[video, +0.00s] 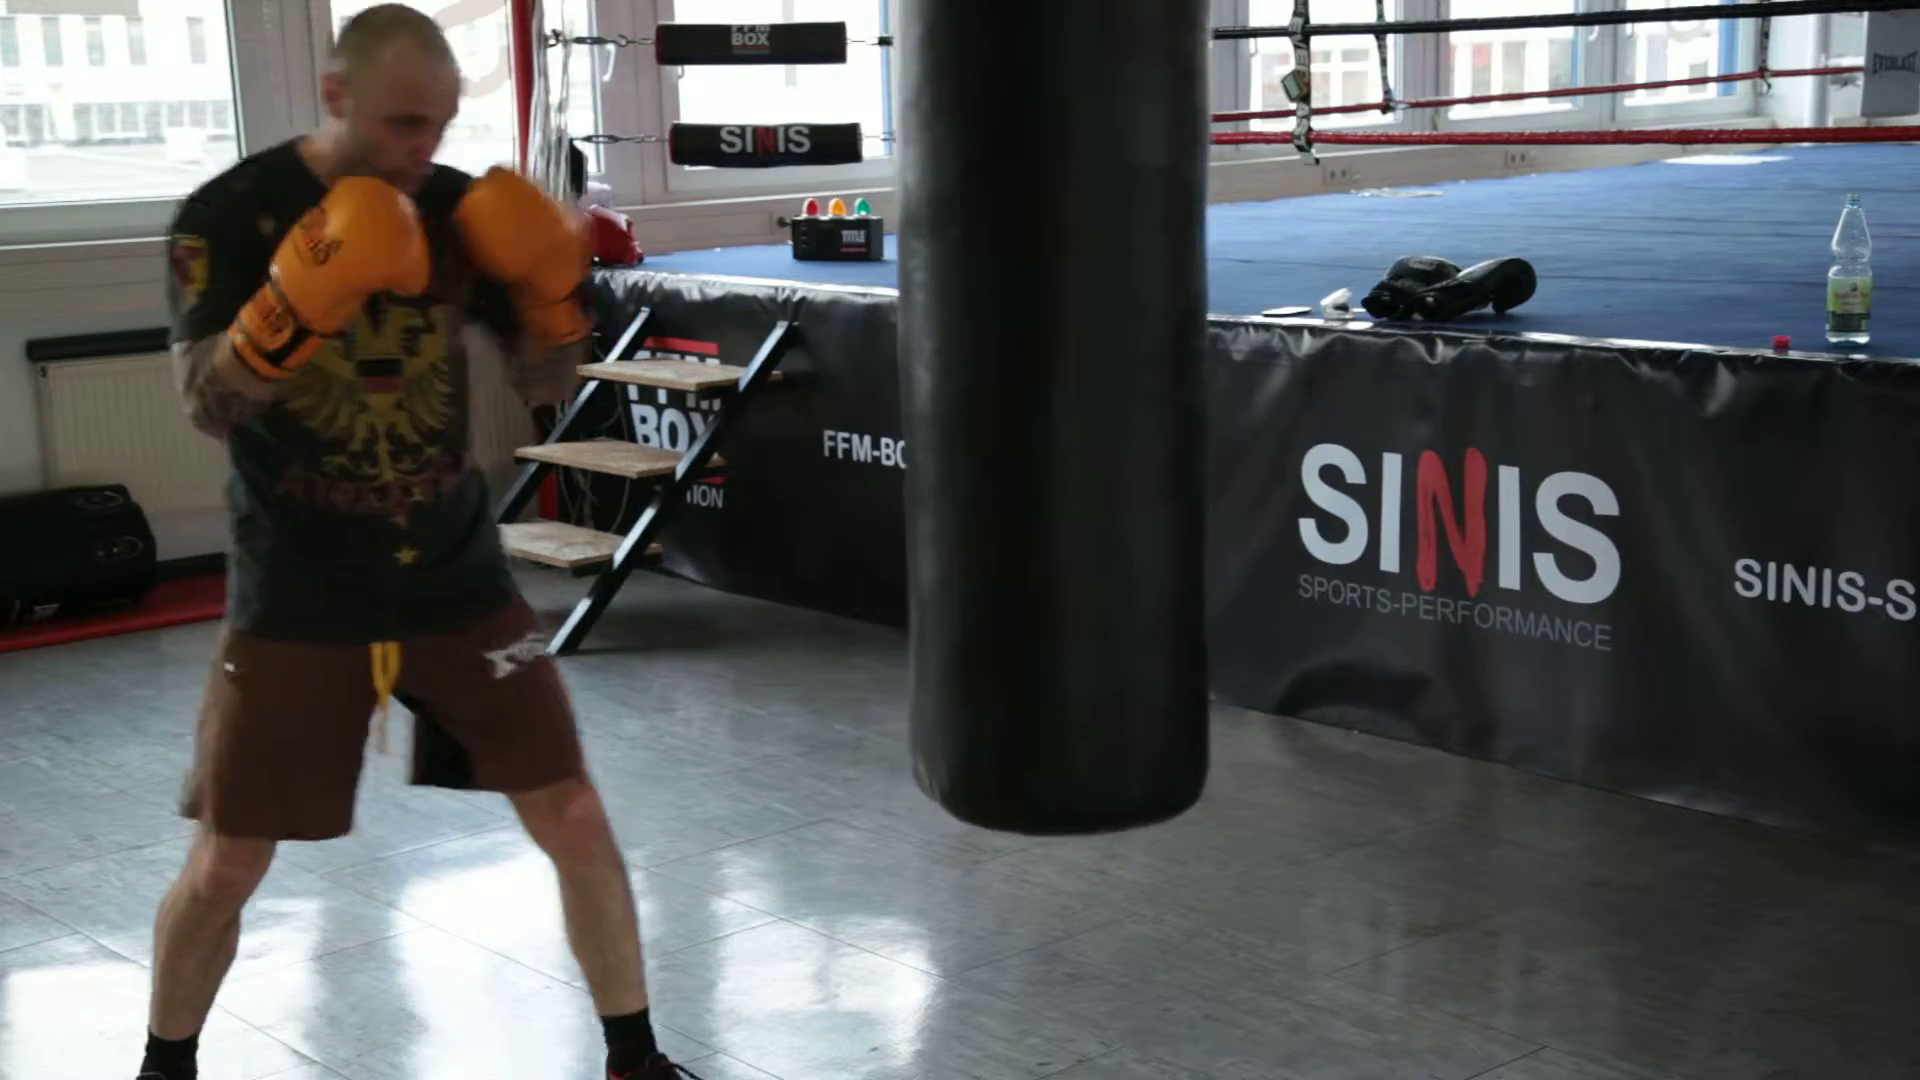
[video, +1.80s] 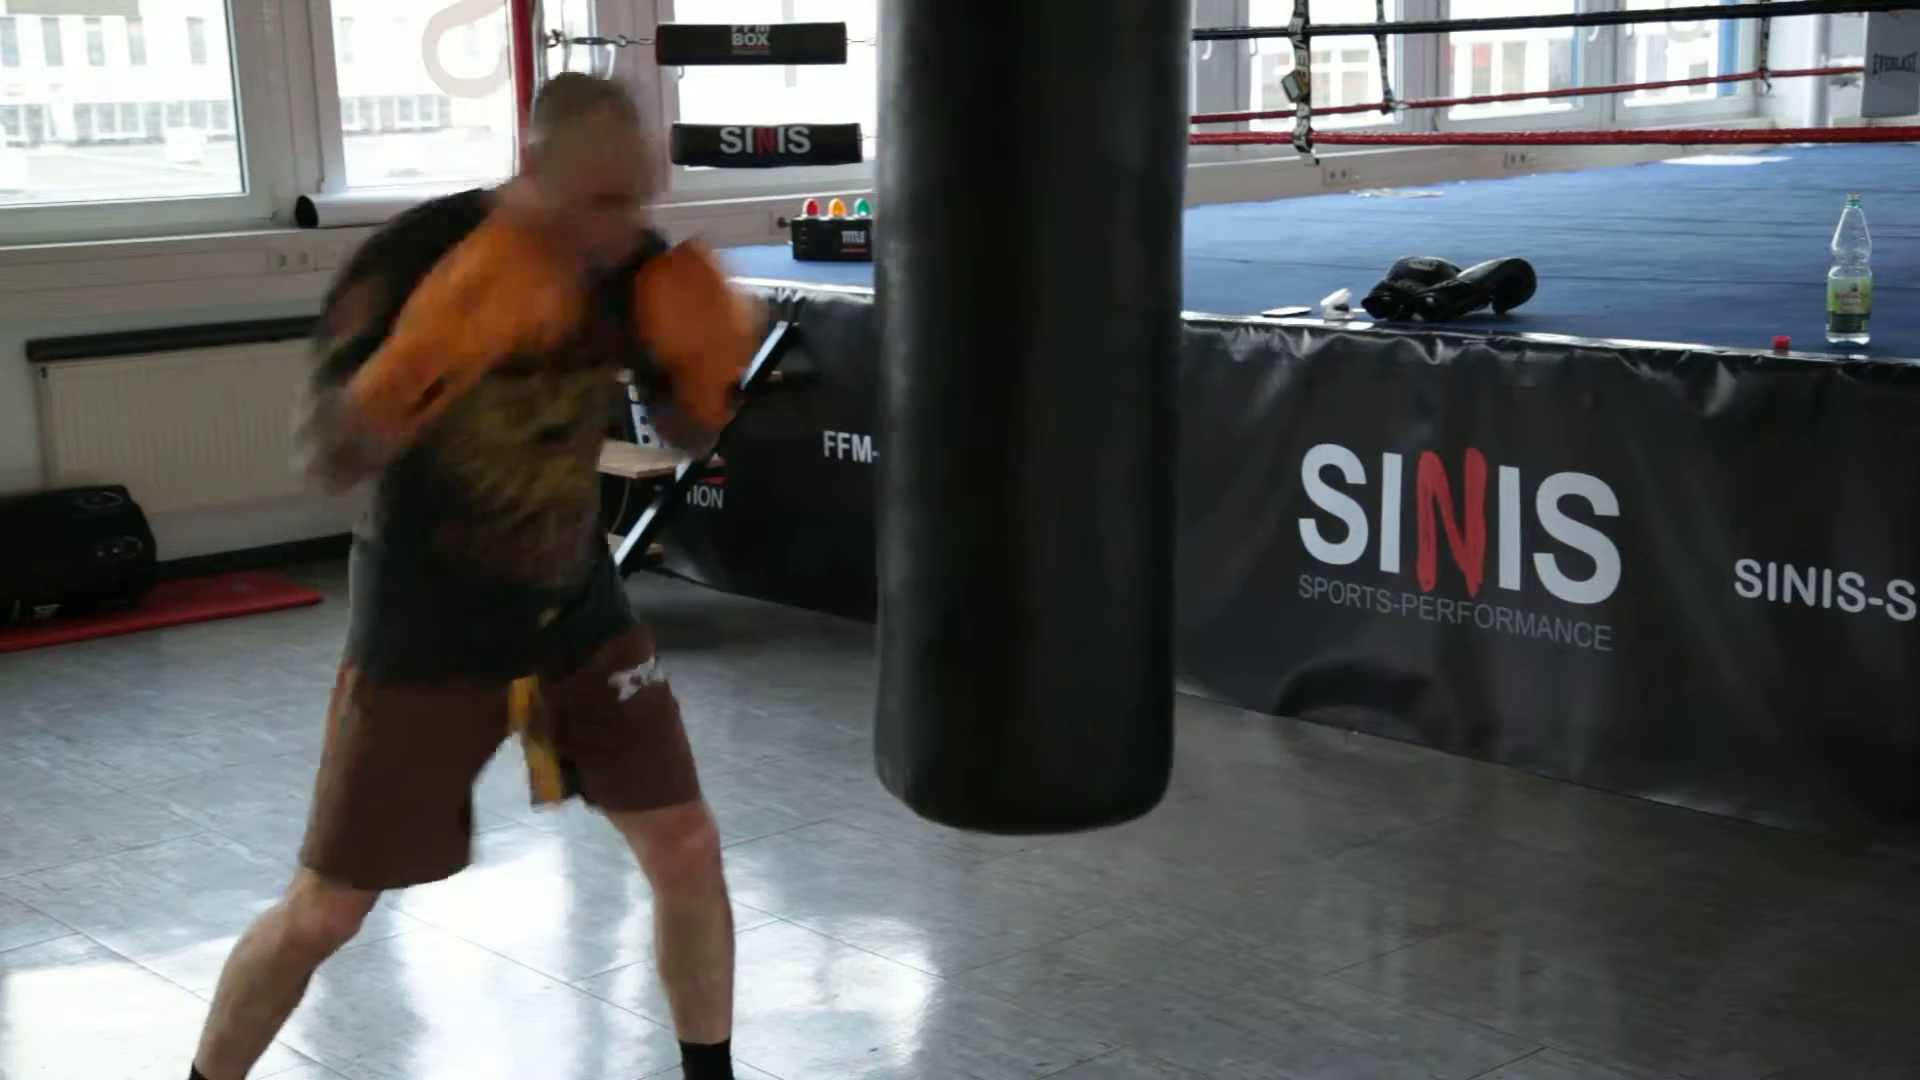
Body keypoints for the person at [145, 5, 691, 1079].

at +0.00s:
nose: (426, 153)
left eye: (440, 128)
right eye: (406, 125)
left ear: (453, 111)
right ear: (334, 95)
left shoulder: (464, 211)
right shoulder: (228, 219)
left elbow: (546, 392)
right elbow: (209, 402)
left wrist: (552, 292)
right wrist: (291, 306)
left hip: (457, 568)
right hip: (299, 580)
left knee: (576, 818)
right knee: (226, 868)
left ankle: (638, 1062)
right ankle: (166, 1072)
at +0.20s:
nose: (519, 155)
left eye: (538, 134)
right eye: (503, 128)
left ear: (550, 123)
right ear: (440, 93)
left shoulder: (537, 218)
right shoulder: (320, 195)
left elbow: (561, 398)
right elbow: (311, 378)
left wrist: (618, 296)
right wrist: (418, 263)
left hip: (490, 561)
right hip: (345, 569)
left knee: (592, 812)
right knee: (283, 862)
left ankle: (637, 1057)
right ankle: (178, 1041)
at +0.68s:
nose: (364, 181)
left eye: (379, 154)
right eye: (338, 158)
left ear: (396, 140)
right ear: (268, 139)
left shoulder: (432, 209)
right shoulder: (203, 256)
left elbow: (576, 355)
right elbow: (236, 466)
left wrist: (525, 284)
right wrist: (275, 353)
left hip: (469, 578)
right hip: (307, 595)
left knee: (593, 828)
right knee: (225, 879)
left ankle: (640, 1058)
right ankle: (163, 1062)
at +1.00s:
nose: (502, 124)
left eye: (520, 101)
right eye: (482, 98)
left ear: (536, 86)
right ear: (411, 71)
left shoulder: (524, 202)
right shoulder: (296, 197)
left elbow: (575, 388)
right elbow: (277, 383)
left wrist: (619, 291)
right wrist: (390, 271)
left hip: (498, 562)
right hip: (345, 573)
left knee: (604, 822)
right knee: (267, 866)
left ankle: (638, 1060)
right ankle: (171, 1057)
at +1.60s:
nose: (444, 256)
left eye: (460, 227)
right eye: (416, 234)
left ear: (479, 201)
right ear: (342, 213)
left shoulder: (523, 261)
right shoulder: (273, 301)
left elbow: (661, 428)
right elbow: (261, 498)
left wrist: (616, 328)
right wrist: (332, 437)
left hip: (525, 637)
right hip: (353, 646)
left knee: (654, 883)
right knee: (254, 921)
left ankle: (703, 1073)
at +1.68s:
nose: (495, 275)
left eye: (508, 247)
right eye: (468, 255)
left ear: (522, 221)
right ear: (390, 232)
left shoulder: (565, 298)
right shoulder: (313, 319)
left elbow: (670, 474)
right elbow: (286, 510)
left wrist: (659, 401)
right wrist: (335, 497)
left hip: (557, 658)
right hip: (381, 673)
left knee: (689, 886)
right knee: (272, 934)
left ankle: (711, 1073)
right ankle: (205, 1078)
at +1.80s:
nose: (630, 226)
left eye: (640, 198)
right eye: (607, 200)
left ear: (649, 178)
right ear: (534, 171)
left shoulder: (634, 272)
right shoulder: (414, 264)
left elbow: (681, 431)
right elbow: (329, 454)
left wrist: (704, 368)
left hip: (575, 607)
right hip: (424, 620)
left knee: (685, 848)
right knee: (324, 915)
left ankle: (711, 1074)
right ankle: (208, 1077)